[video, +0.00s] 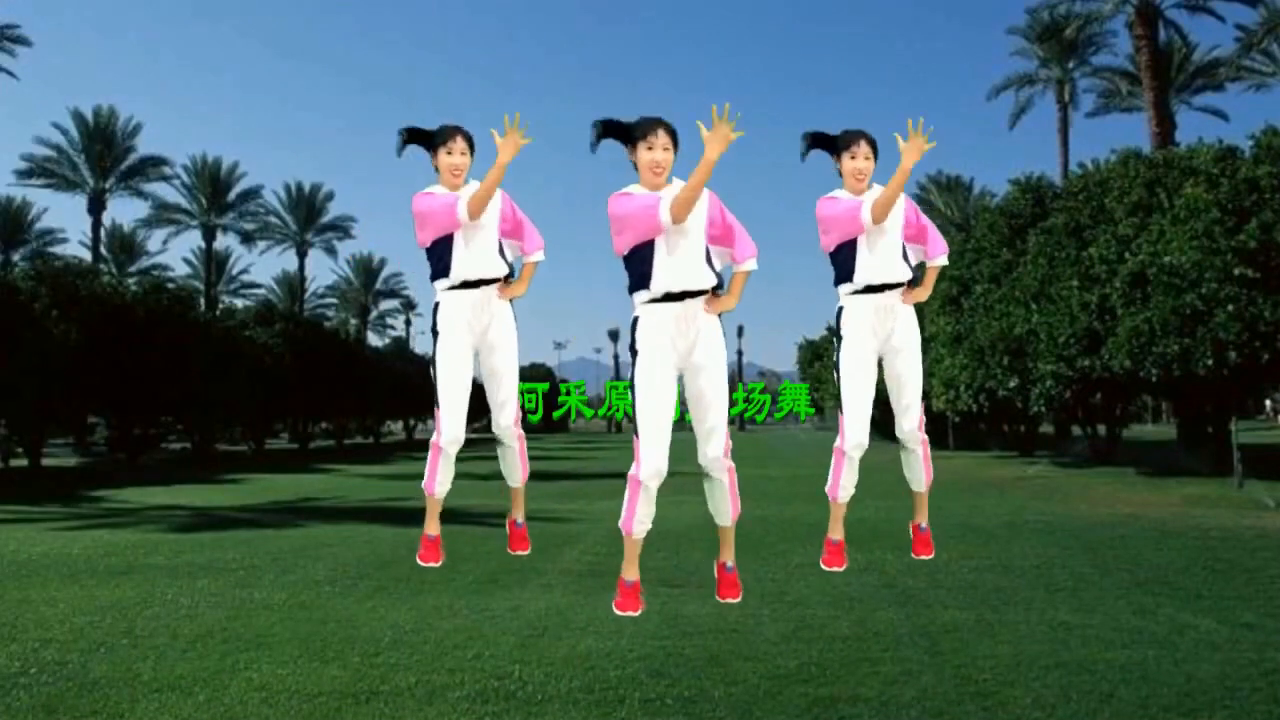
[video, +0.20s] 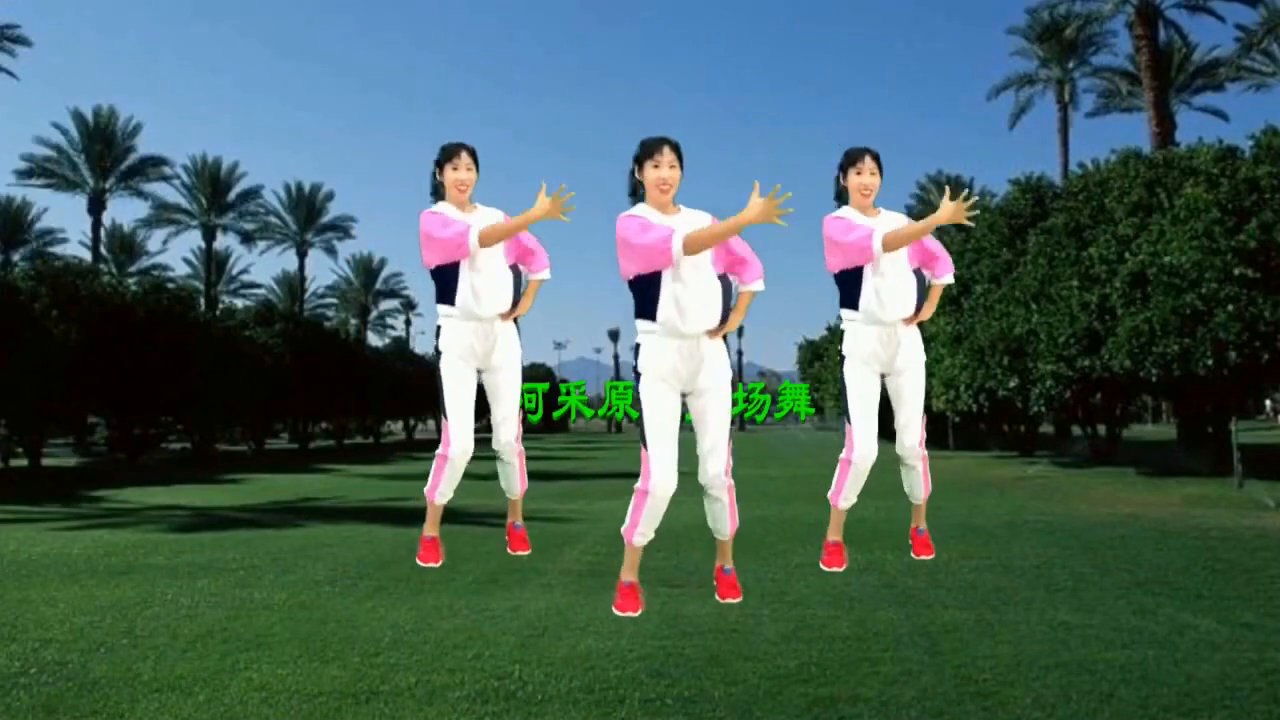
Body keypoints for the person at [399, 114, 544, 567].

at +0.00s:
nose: (457, 159)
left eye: (464, 153)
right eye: (449, 152)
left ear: (473, 160)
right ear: (434, 159)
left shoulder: (495, 198)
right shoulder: (426, 201)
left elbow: (532, 243)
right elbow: (472, 209)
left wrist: (521, 283)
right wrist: (502, 162)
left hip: (497, 304)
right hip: (454, 307)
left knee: (507, 421)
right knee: (451, 427)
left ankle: (517, 517)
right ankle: (431, 527)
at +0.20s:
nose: (463, 175)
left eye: (469, 169)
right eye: (455, 168)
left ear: (477, 176)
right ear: (440, 176)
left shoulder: (497, 218)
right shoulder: (433, 219)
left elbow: (539, 262)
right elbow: (478, 239)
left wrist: (521, 307)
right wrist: (534, 216)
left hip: (501, 333)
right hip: (457, 334)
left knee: (507, 437)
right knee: (458, 443)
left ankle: (516, 521)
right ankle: (431, 531)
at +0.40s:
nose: (459, 144)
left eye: (466, 137)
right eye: (451, 137)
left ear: (476, 144)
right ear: (438, 144)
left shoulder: (497, 189)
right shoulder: (427, 184)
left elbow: (528, 240)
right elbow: (445, 236)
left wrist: (512, 272)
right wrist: (492, 268)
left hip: (483, 300)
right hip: (439, 298)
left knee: (490, 417)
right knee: (434, 413)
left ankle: (482, 464)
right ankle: (423, 520)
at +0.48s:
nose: (457, 157)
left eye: (464, 150)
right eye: (449, 150)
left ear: (476, 156)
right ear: (435, 156)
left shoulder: (497, 202)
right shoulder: (423, 197)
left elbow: (526, 254)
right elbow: (427, 259)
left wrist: (504, 297)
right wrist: (467, 298)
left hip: (478, 313)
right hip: (434, 311)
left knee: (476, 430)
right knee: (430, 424)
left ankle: (461, 434)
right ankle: (424, 528)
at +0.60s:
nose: (453, 184)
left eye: (460, 177)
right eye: (445, 178)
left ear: (471, 184)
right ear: (434, 186)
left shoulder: (493, 234)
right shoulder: (424, 236)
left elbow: (519, 292)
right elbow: (387, 293)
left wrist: (496, 333)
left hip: (470, 343)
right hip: (427, 338)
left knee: (461, 455)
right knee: (427, 442)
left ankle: (430, 435)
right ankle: (424, 531)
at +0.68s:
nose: (454, 181)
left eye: (461, 174)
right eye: (446, 175)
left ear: (472, 181)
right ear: (435, 183)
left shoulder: (494, 231)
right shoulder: (424, 234)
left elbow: (520, 288)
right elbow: (374, 280)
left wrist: (497, 330)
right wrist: (392, 330)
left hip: (472, 342)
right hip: (430, 339)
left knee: (466, 453)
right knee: (429, 444)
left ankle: (432, 418)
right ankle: (424, 533)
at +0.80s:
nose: (461, 156)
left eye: (468, 149)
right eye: (453, 149)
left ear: (478, 158)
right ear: (441, 158)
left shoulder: (497, 207)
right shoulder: (422, 205)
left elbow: (530, 255)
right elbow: (372, 239)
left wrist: (506, 298)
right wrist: (402, 287)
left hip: (483, 319)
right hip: (438, 318)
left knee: (484, 428)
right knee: (438, 427)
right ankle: (426, 528)